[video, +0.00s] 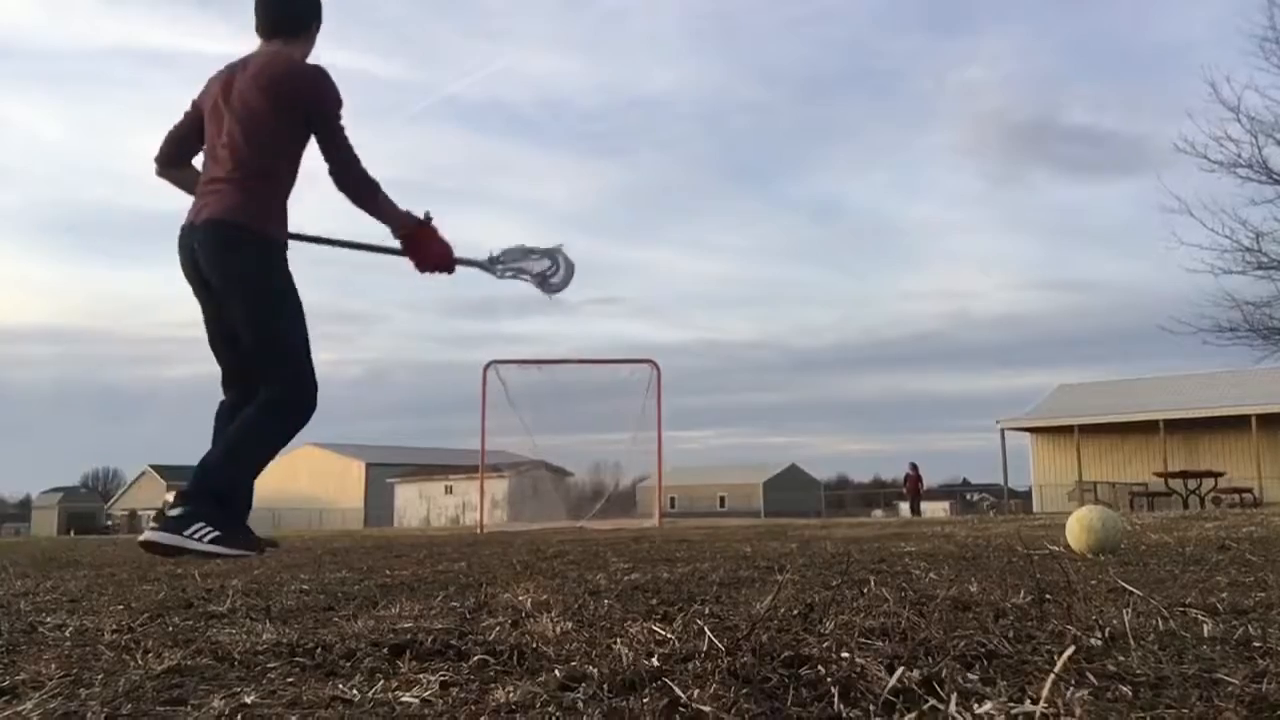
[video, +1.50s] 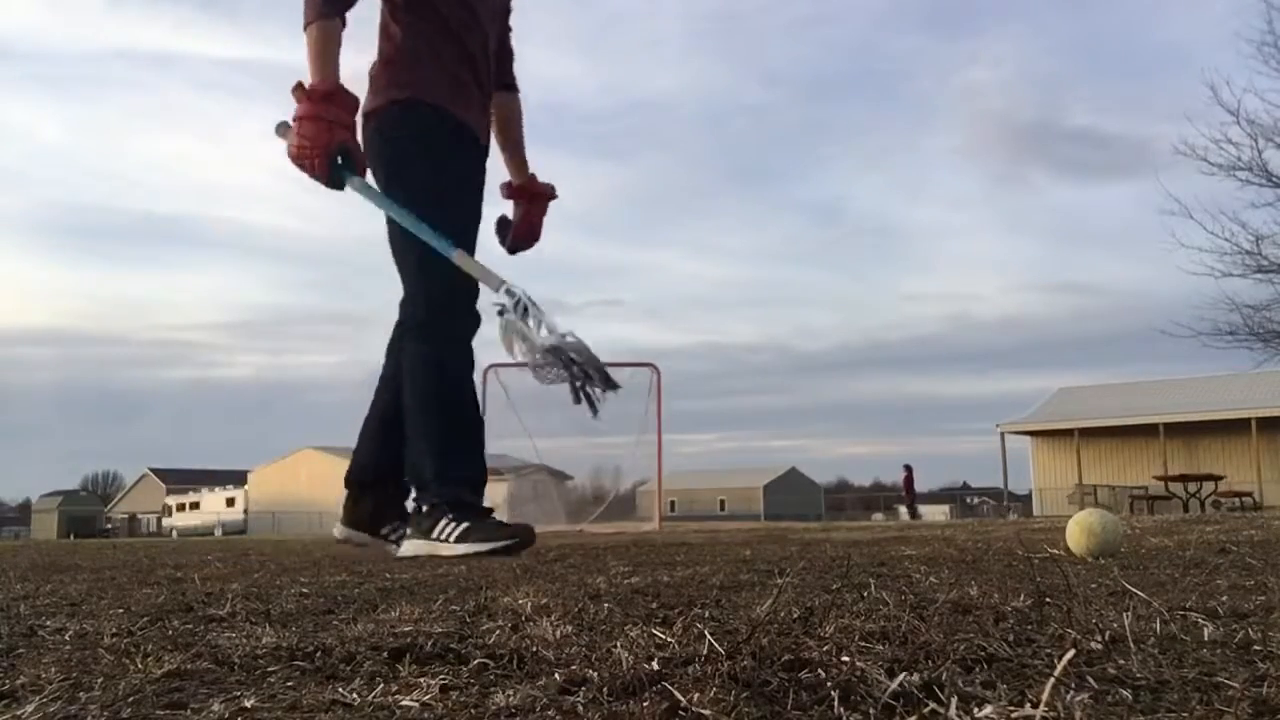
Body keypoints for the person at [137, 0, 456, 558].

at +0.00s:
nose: (314, 39)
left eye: (307, 29)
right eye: (316, 29)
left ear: (261, 24)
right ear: (313, 27)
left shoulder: (223, 79)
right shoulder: (309, 79)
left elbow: (169, 162)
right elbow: (348, 174)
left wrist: (227, 197)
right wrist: (407, 225)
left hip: (198, 238)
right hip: (247, 239)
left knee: (242, 386)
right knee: (293, 391)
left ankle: (225, 522)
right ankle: (196, 513)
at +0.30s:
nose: (319, 5)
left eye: (318, 2)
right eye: (317, 0)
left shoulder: (248, 31)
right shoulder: (282, 22)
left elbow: (222, 143)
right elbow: (313, 126)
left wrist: (301, 194)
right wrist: (406, 118)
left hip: (242, 205)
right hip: (252, 207)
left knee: (298, 362)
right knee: (299, 363)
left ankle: (246, 507)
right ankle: (187, 514)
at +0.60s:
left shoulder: (279, 15)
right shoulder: (295, 7)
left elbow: (275, 131)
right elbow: (288, 91)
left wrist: (338, 180)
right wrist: (367, 96)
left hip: (292, 196)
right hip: (274, 193)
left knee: (359, 350)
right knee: (248, 358)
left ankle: (364, 509)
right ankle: (183, 514)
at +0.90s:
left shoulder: (380, 20)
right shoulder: (330, 4)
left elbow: (374, 127)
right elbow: (328, 75)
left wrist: (428, 138)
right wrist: (408, 110)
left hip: (374, 186)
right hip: (323, 176)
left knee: (391, 352)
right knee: (324, 339)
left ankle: (365, 522)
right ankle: (216, 476)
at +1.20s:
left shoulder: (444, 12)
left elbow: (443, 65)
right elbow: (319, 7)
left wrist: (469, 146)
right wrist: (323, 69)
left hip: (421, 148)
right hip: (372, 129)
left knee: (408, 332)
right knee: (383, 316)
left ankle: (375, 511)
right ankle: (342, 504)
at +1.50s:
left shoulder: (495, 10)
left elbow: (500, 76)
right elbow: (326, 4)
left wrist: (521, 178)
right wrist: (323, 97)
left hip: (461, 128)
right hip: (410, 111)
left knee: (433, 308)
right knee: (443, 304)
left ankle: (372, 501)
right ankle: (443, 507)